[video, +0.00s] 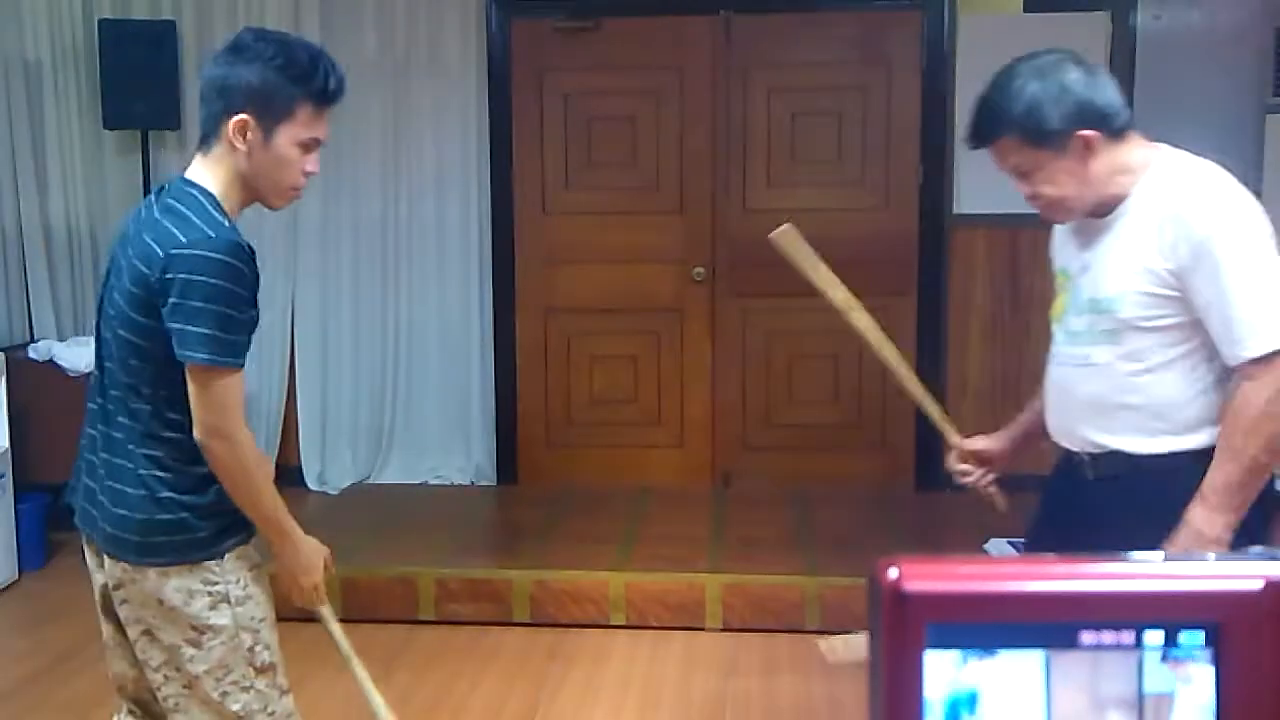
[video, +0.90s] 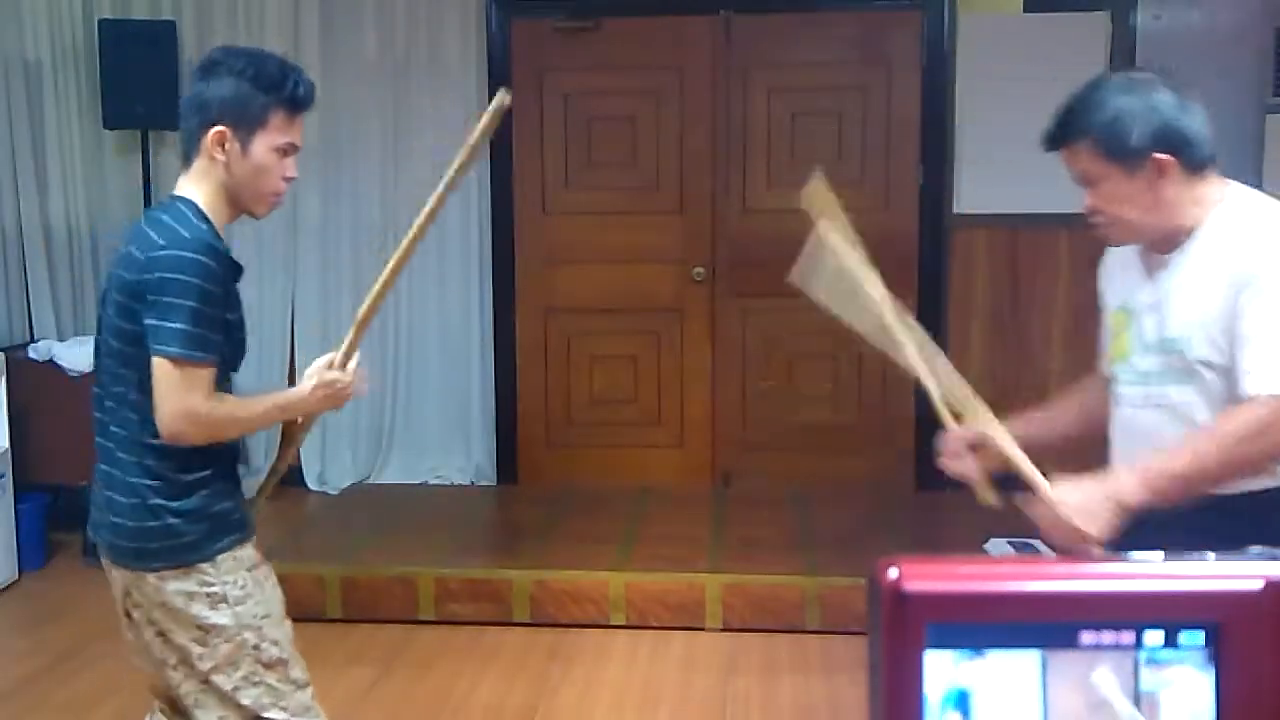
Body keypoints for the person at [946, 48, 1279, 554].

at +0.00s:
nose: (1026, 195)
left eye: (1030, 176)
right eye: (1017, 180)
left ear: (1086, 145)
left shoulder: (1207, 209)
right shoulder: (1075, 219)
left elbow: (1268, 377)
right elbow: (1085, 363)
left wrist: (1207, 527)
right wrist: (1010, 443)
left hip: (1174, 493)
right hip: (1074, 488)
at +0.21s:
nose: (972, 209)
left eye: (974, 189)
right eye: (963, 195)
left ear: (1026, 152)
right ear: (1025, 153)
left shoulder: (1151, 201)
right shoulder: (1020, 229)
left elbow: (1250, 346)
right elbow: (1060, 368)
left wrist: (1246, 518)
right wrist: (1022, 485)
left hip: (1155, 484)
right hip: (1049, 487)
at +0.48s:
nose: (946, 217)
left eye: (947, 197)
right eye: (936, 203)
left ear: (999, 163)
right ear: (1000, 164)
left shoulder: (1128, 200)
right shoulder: (994, 237)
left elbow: (1225, 342)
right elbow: (1045, 369)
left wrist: (1183, 505)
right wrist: (1023, 508)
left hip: (1144, 483)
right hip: (1042, 488)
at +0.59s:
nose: (963, 211)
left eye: (964, 192)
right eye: (955, 197)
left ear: (1019, 161)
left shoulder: (1146, 202)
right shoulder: (1012, 239)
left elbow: (1220, 357)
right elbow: (1041, 381)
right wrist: (979, 481)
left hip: (1175, 491)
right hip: (1053, 492)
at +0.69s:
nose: (996, 206)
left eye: (998, 185)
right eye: (988, 189)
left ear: (1056, 159)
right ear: (1057, 161)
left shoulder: (1180, 208)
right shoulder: (1041, 235)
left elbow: (1223, 370)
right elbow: (1060, 357)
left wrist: (1081, 454)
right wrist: (972, 437)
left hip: (1197, 494)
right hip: (1083, 500)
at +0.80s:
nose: (1040, 204)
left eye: (1046, 183)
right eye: (1035, 185)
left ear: (1109, 164)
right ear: (1109, 166)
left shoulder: (1223, 226)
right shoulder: (1081, 242)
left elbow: (1239, 393)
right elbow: (1080, 373)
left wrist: (1080, 454)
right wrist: (973, 420)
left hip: (1222, 510)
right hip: (1107, 508)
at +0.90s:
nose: (1084, 206)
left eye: (1092, 184)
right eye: (1080, 186)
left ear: (1161, 169)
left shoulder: (1262, 242)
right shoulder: (1122, 258)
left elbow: (1270, 414)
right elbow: (1115, 391)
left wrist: (1119, 492)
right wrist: (1005, 440)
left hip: (1245, 531)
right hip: (1140, 531)